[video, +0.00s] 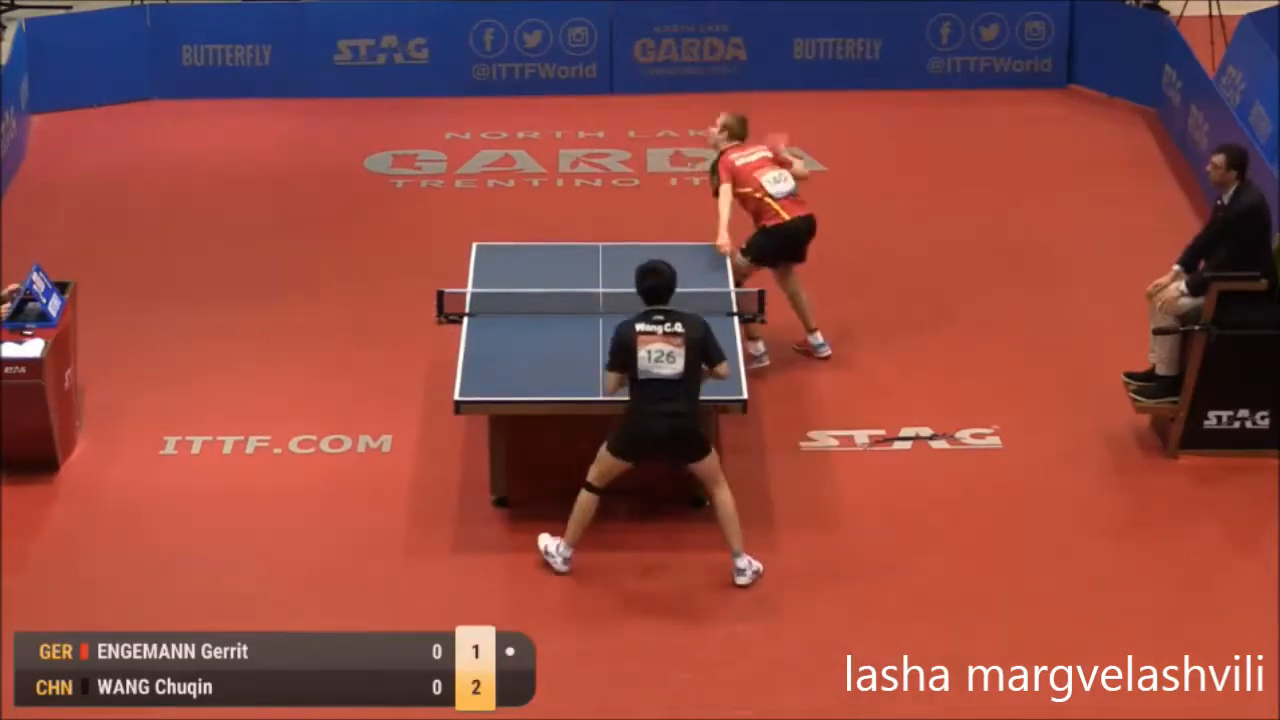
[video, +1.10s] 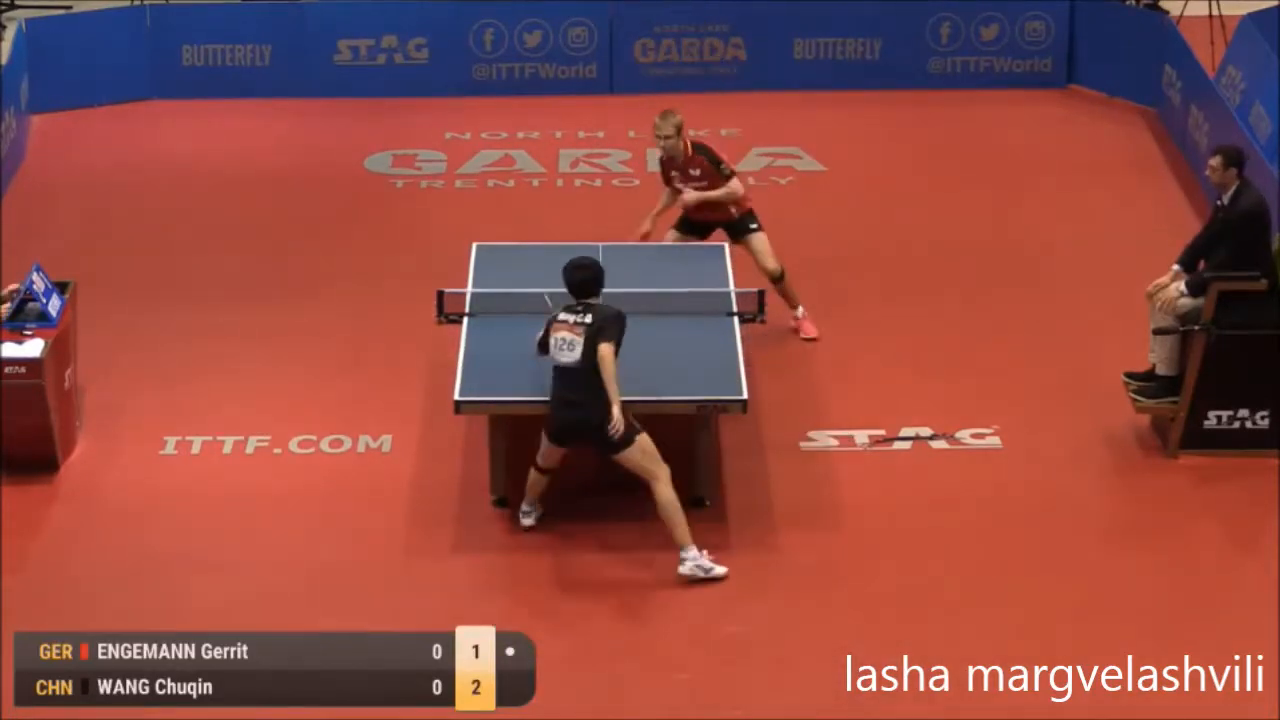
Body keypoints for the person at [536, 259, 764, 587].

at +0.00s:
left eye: (644, 286)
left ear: (639, 291)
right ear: (672, 290)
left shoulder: (627, 329)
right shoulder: (695, 325)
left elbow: (612, 385)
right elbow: (722, 372)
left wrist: (636, 367)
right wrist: (696, 368)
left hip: (639, 427)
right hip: (685, 428)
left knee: (594, 482)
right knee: (717, 486)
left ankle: (563, 551)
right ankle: (741, 561)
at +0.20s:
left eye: (621, 295)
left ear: (617, 301)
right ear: (650, 299)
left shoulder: (605, 340)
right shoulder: (672, 333)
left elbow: (573, 390)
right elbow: (699, 380)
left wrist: (587, 370)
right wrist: (678, 375)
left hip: (622, 433)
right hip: (668, 433)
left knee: (578, 477)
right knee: (718, 472)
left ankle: (557, 551)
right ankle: (740, 550)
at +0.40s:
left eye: (623, 299)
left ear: (621, 308)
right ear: (652, 301)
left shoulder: (617, 346)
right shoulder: (680, 334)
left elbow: (590, 401)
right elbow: (711, 376)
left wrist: (555, 402)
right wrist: (687, 387)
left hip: (634, 437)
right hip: (682, 435)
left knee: (585, 476)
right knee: (731, 484)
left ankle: (559, 551)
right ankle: (766, 556)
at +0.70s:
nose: (595, 313)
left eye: (591, 311)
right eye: (603, 306)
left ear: (592, 319)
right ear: (622, 308)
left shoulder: (594, 355)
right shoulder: (657, 330)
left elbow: (564, 390)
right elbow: (702, 351)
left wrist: (529, 370)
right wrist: (728, 366)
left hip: (624, 435)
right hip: (671, 434)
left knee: (578, 455)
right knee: (725, 490)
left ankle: (543, 513)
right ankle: (766, 557)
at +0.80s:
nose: (571, 317)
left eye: (568, 313)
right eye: (578, 311)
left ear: (567, 319)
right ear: (597, 311)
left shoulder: (566, 347)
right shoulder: (623, 334)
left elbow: (549, 373)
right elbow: (651, 361)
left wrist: (531, 348)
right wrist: (693, 386)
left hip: (589, 434)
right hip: (632, 433)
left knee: (563, 451)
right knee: (690, 492)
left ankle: (537, 512)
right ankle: (750, 548)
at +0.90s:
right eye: (583, 302)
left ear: (560, 314)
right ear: (591, 309)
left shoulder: (555, 341)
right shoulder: (607, 337)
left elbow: (543, 343)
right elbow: (622, 368)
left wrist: (542, 342)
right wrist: (660, 405)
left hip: (571, 434)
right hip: (611, 435)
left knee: (559, 453)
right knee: (672, 493)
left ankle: (536, 511)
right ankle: (731, 548)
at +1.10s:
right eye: (598, 279)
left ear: (569, 288)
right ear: (600, 284)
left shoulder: (559, 316)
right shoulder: (610, 315)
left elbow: (541, 348)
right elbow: (604, 353)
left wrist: (563, 331)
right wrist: (615, 402)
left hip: (562, 413)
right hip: (600, 413)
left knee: (543, 465)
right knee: (659, 474)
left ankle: (528, 510)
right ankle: (690, 554)